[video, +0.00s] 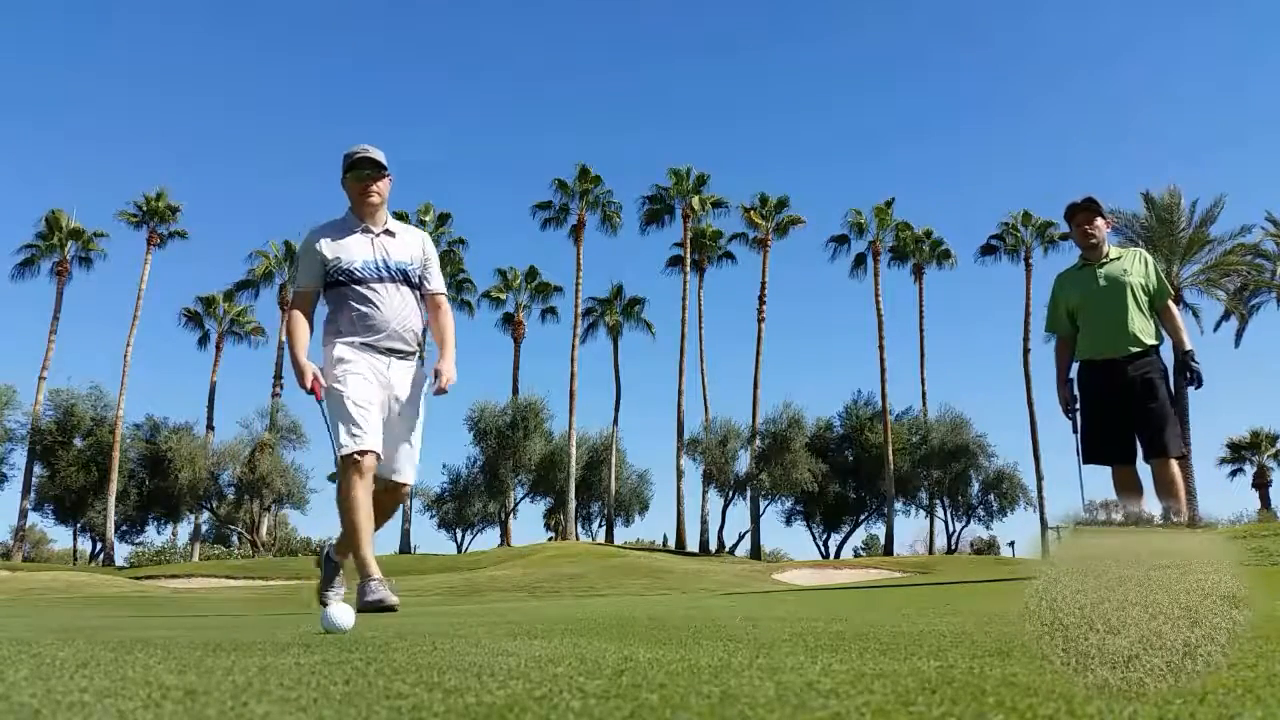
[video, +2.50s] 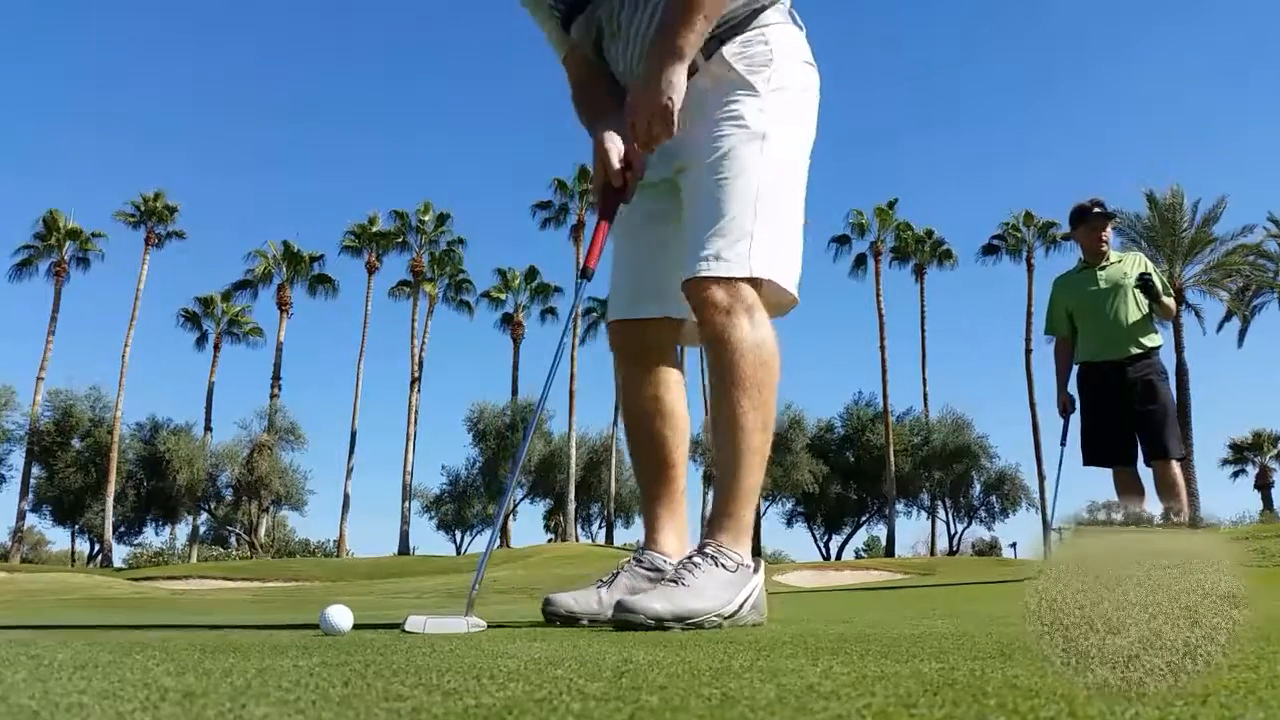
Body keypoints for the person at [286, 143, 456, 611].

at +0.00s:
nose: (371, 183)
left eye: (378, 175)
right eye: (360, 176)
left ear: (389, 182)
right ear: (346, 185)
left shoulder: (418, 241)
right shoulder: (322, 240)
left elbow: (438, 305)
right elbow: (300, 306)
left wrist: (447, 356)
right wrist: (300, 360)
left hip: (409, 365)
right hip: (352, 358)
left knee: (396, 485)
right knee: (360, 460)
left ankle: (336, 554)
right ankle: (370, 578)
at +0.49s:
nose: (440, 124)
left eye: (448, 115)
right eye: (428, 117)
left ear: (461, 124)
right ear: (412, 126)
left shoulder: (492, 196)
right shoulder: (380, 190)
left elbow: (510, 272)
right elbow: (350, 266)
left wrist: (528, 339)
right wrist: (353, 327)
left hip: (480, 333)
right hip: (408, 332)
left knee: (500, 442)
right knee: (387, 459)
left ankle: (509, 569)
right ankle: (374, 574)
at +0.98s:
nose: (503, 38)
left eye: (512, 27)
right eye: (490, 30)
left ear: (532, 32)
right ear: (476, 41)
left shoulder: (575, 113)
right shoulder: (450, 115)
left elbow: (611, 180)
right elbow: (424, 202)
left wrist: (633, 220)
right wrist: (392, 250)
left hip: (565, 276)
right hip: (486, 269)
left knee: (547, 425)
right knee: (502, 395)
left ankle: (513, 570)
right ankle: (535, 550)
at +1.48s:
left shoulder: (619, 4)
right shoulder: (469, 30)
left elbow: (675, 91)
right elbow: (467, 143)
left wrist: (696, 176)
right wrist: (453, 235)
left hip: (624, 189)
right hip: (522, 200)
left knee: (662, 348)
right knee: (525, 377)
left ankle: (681, 530)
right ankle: (561, 565)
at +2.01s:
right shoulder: (546, 6)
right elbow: (555, 68)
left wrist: (759, 7)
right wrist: (542, 135)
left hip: (710, 84)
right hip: (613, 123)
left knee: (715, 300)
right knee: (577, 331)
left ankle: (732, 559)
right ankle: (649, 532)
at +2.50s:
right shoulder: (548, 6)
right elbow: (582, 62)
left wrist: (668, 56)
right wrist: (607, 128)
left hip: (740, 48)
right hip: (640, 89)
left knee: (725, 289)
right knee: (638, 326)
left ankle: (731, 561)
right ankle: (664, 559)